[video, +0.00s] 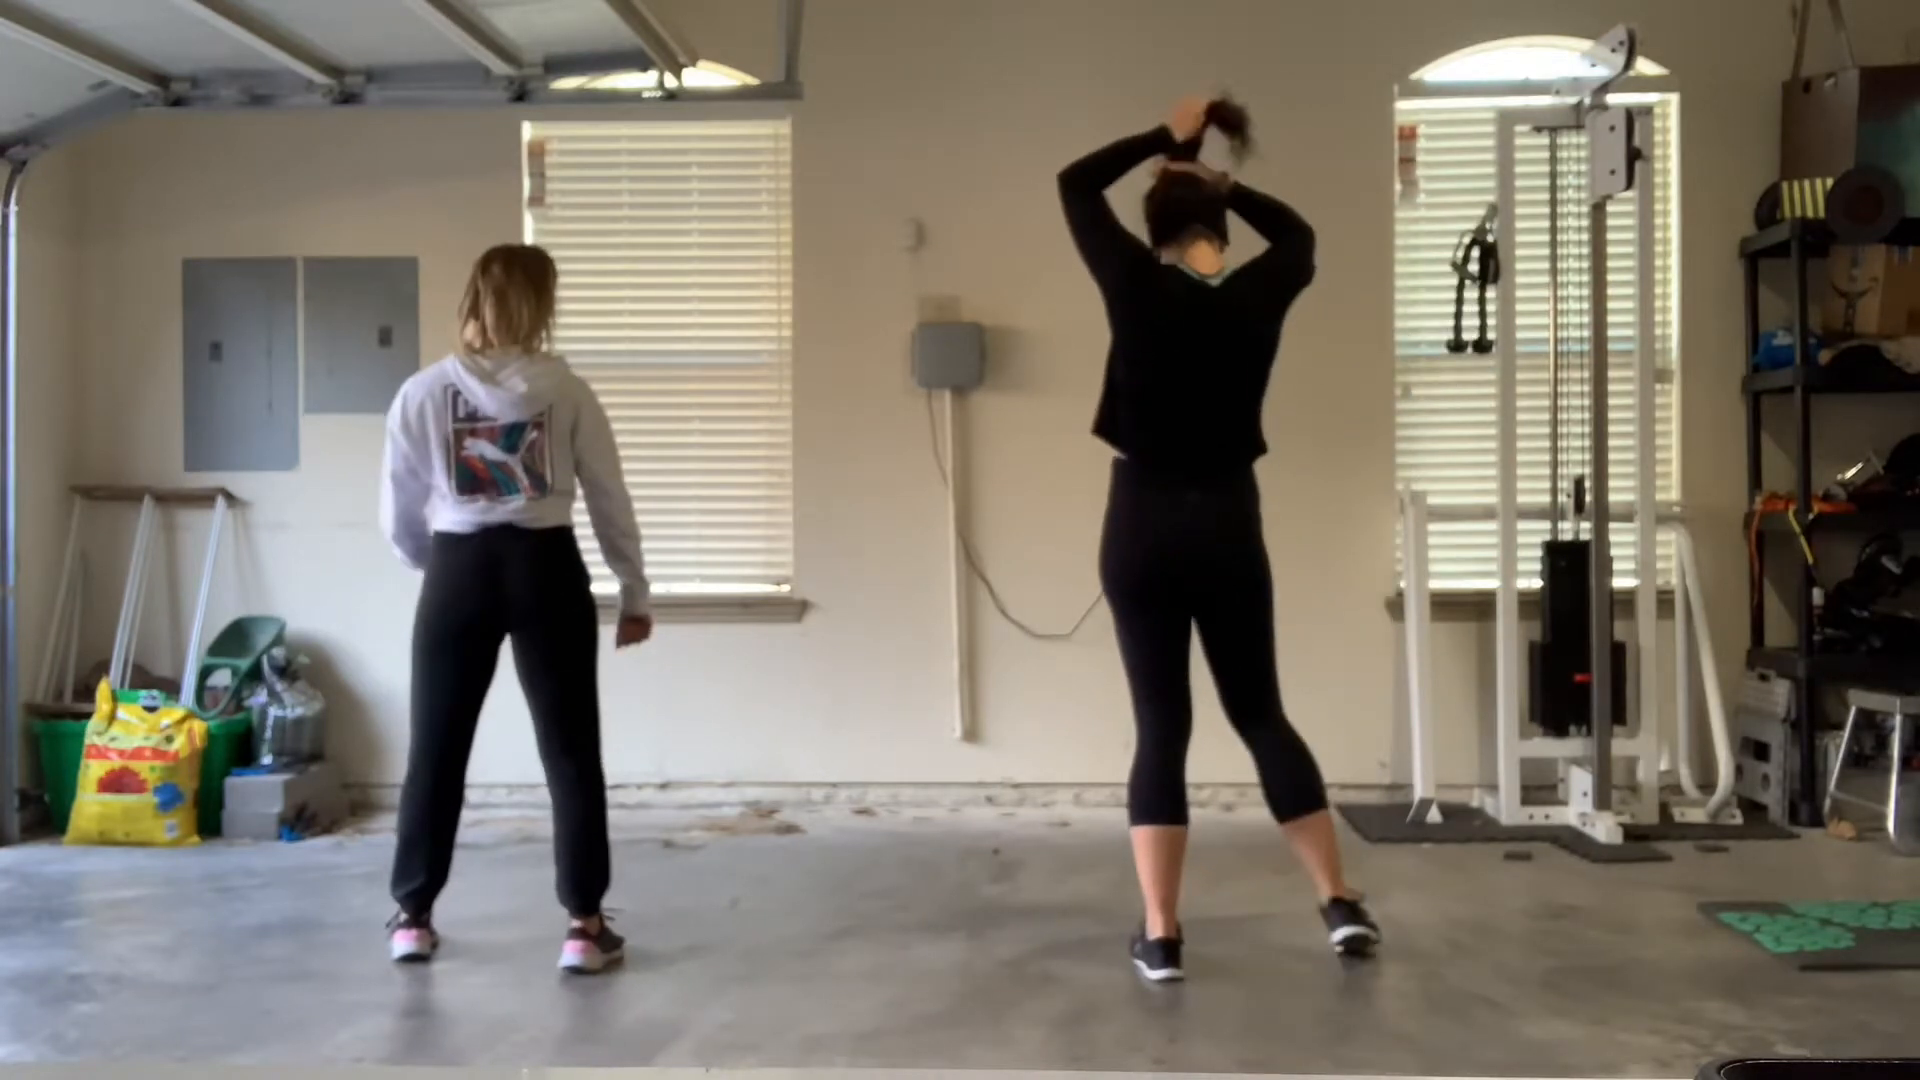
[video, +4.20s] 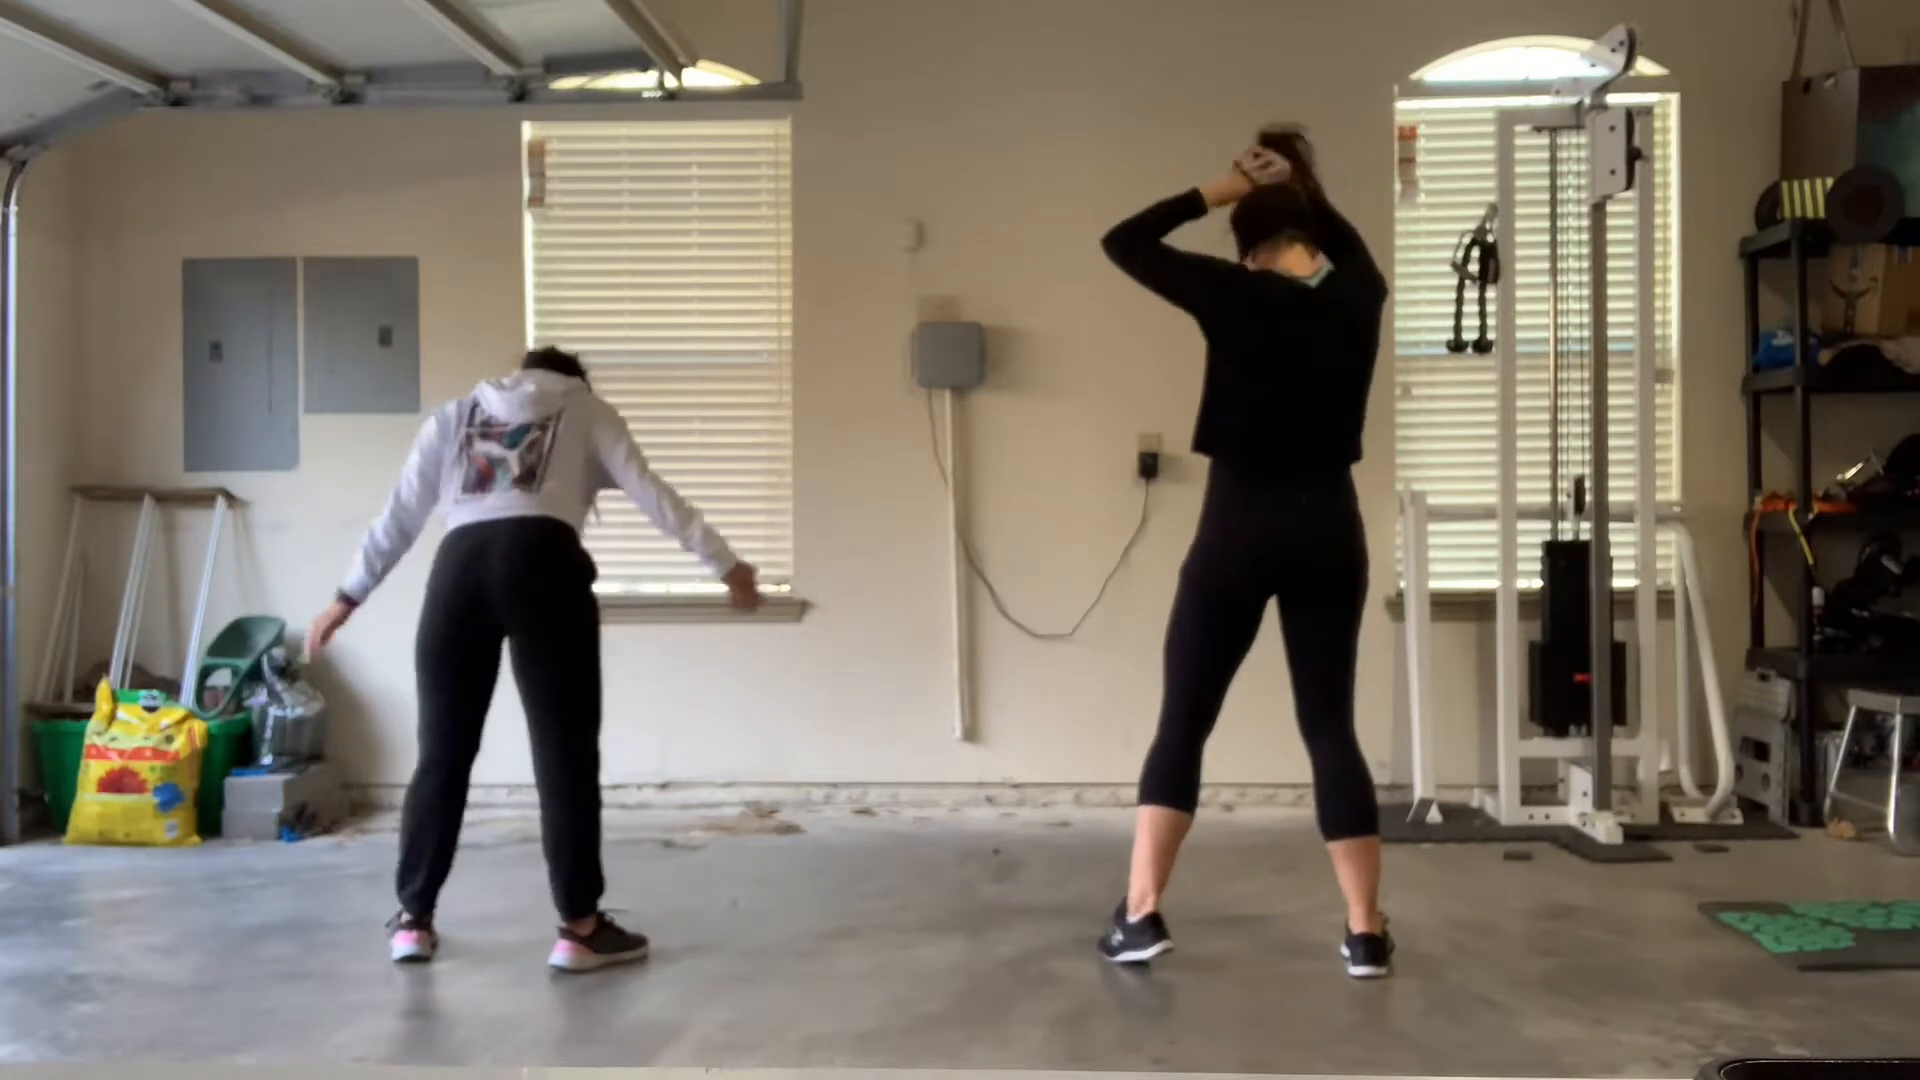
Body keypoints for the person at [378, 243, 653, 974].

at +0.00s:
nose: (551, 313)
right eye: (548, 300)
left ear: (473, 303)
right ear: (543, 306)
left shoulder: (423, 391)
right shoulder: (566, 387)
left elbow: (400, 518)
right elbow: (608, 497)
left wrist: (439, 563)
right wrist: (634, 590)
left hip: (457, 576)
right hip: (549, 574)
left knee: (435, 750)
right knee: (571, 753)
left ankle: (413, 918)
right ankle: (584, 925)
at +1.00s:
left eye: (459, 318)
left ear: (458, 323)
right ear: (524, 319)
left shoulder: (424, 391)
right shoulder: (562, 384)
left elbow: (374, 495)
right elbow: (634, 474)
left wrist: (331, 582)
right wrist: (696, 553)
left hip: (445, 577)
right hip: (535, 574)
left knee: (430, 752)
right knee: (561, 754)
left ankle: (412, 920)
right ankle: (581, 927)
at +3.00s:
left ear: (481, 369)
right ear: (541, 372)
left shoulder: (429, 409)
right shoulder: (567, 403)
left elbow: (347, 481)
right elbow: (604, 481)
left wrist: (268, 546)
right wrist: (621, 571)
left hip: (484, 575)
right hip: (573, 568)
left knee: (455, 751)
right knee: (588, 758)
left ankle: (414, 919)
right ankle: (585, 927)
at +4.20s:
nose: (589, 396)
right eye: (585, 386)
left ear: (517, 376)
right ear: (576, 382)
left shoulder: (454, 414)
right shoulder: (586, 409)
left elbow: (403, 512)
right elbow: (648, 491)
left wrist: (348, 596)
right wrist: (728, 564)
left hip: (457, 571)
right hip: (546, 568)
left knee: (442, 756)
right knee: (565, 755)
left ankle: (412, 921)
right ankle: (580, 926)